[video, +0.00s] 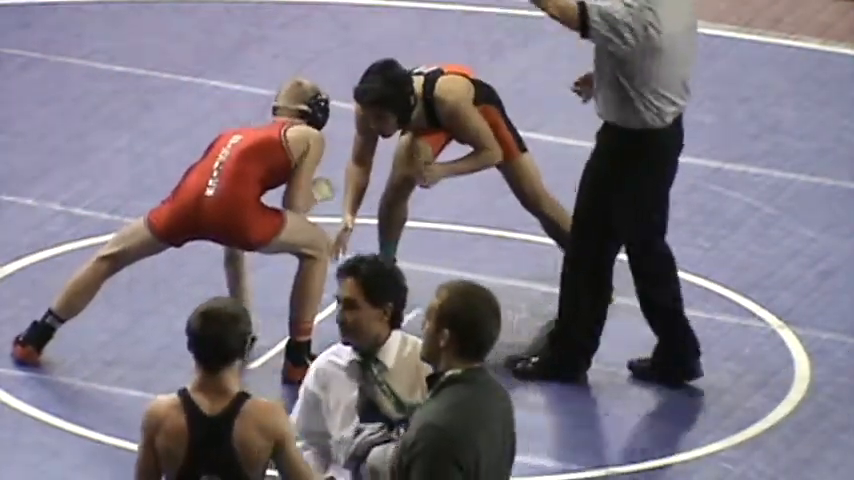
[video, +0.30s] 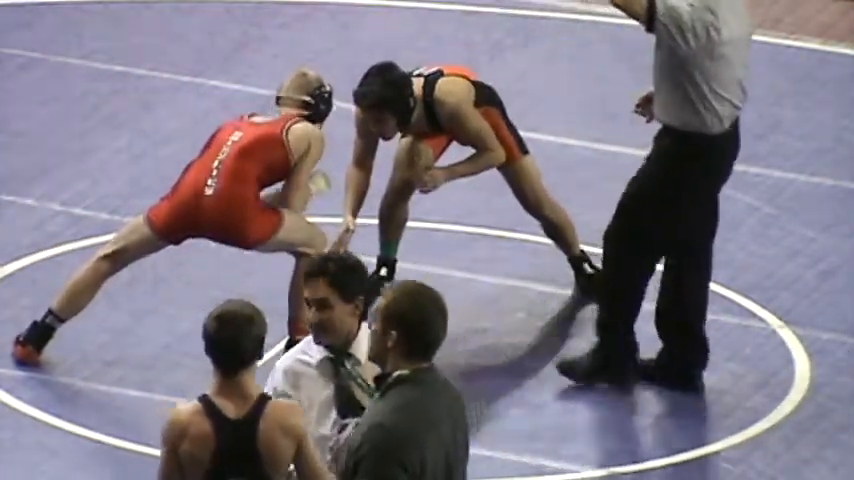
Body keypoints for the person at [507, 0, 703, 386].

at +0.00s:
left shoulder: (634, 17)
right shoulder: (678, 5)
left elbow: (560, 8)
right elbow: (659, 55)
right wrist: (607, 79)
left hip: (627, 143)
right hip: (659, 136)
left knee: (587, 251)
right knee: (647, 247)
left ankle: (567, 358)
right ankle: (678, 356)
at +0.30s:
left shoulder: (688, 16)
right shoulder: (730, 8)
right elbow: (714, 67)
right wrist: (666, 96)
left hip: (687, 147)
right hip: (713, 141)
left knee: (625, 243)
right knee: (689, 255)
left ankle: (613, 355)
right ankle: (682, 363)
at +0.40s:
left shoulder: (711, 22)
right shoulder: (744, 9)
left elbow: (643, 4)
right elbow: (734, 74)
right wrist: (685, 101)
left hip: (704, 151)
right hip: (722, 143)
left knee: (642, 244)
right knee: (694, 254)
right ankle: (684, 359)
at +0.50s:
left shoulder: (727, 29)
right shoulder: (764, 11)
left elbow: (657, 9)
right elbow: (772, 76)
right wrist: (704, 104)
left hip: (718, 157)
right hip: (739, 150)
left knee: (679, 265)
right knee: (697, 260)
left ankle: (744, 367)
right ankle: (682, 364)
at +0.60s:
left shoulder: (743, 34)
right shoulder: (783, 17)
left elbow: (676, 30)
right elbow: (802, 84)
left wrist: (637, 2)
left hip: (737, 163)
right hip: (763, 156)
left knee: (726, 269)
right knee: (711, 262)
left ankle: (785, 391)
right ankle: (684, 362)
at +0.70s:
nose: (736, 0)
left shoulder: (767, 37)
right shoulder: (802, 22)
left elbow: (704, 65)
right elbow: (828, 87)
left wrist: (665, 45)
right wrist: (783, 108)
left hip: (761, 165)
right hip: (787, 160)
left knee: (753, 271)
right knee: (736, 266)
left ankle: (792, 400)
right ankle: (694, 358)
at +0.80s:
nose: (753, 2)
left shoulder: (778, 40)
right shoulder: (830, 23)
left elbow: (741, 94)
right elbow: (849, 87)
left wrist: (699, 104)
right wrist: (826, 122)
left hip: (782, 169)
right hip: (814, 163)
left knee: (768, 274)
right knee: (759, 267)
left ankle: (793, 401)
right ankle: (711, 356)